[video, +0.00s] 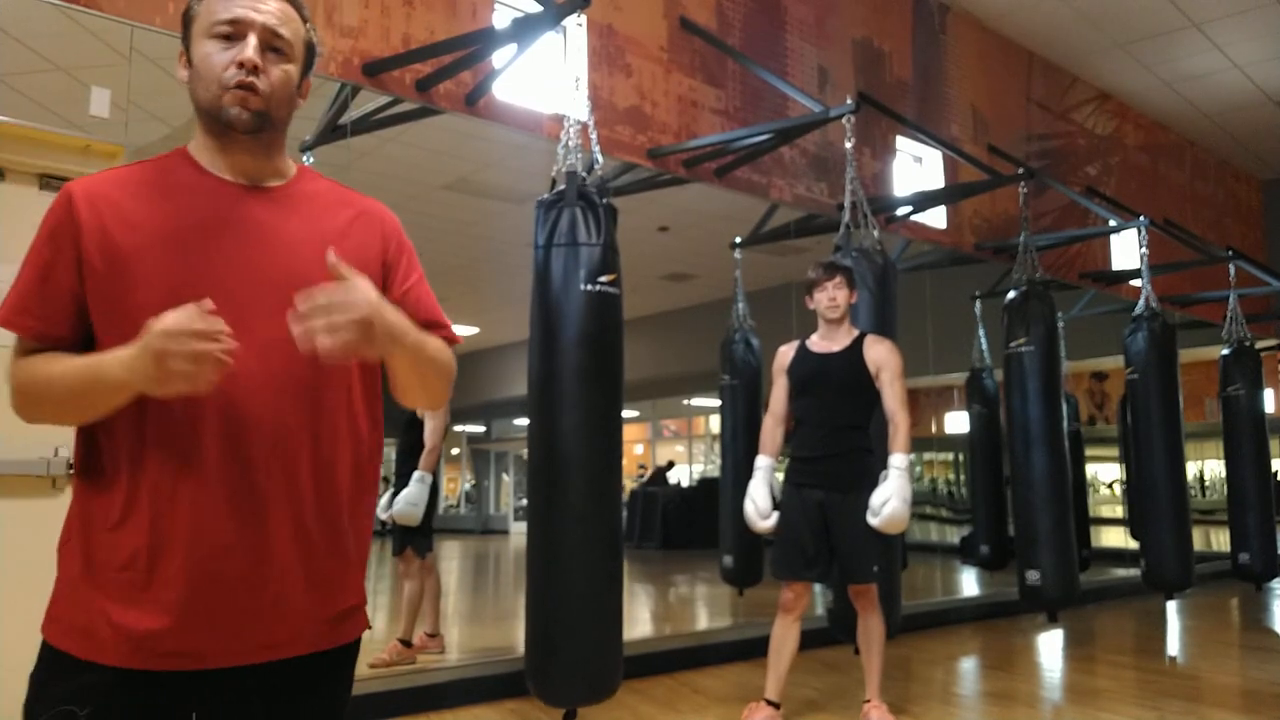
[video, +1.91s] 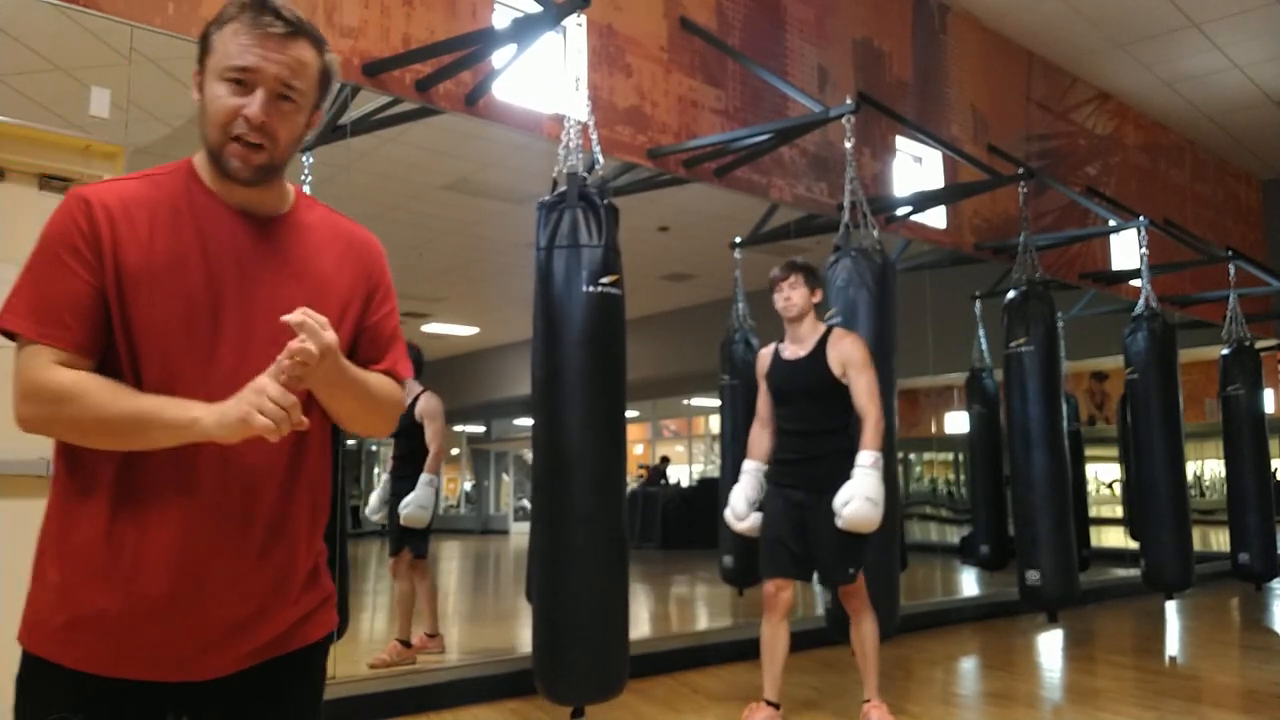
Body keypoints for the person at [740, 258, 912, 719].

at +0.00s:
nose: (832, 295)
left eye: (840, 288)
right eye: (824, 289)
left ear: (852, 296)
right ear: (811, 299)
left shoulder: (879, 351)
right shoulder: (789, 354)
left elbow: (897, 417)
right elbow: (774, 420)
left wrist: (898, 474)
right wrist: (762, 476)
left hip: (859, 491)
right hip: (802, 491)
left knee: (865, 597)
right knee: (790, 599)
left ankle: (873, 701)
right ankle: (770, 702)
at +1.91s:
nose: (784, 293)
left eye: (794, 286)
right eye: (779, 288)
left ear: (816, 296)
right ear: (773, 300)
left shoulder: (845, 344)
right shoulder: (769, 357)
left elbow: (871, 414)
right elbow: (763, 424)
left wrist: (866, 475)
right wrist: (749, 484)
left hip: (837, 490)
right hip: (782, 492)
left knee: (853, 596)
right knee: (775, 596)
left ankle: (873, 700)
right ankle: (769, 703)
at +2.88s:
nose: (858, 292)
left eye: (868, 284)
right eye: (849, 284)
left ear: (885, 292)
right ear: (837, 292)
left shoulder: (904, 350)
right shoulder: (808, 344)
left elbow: (928, 420)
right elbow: (777, 409)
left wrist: (909, 443)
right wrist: (761, 469)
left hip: (877, 499)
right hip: (817, 497)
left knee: (889, 607)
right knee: (786, 606)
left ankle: (892, 715)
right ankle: (747, 690)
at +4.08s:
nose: (783, 300)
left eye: (792, 291)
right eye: (779, 292)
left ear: (821, 294)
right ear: (778, 300)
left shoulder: (860, 339)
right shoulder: (788, 349)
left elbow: (903, 408)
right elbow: (783, 414)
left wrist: (864, 445)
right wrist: (766, 452)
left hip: (859, 491)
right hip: (805, 491)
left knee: (859, 605)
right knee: (770, 599)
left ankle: (913, 712)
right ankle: (783, 706)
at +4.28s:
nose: (747, 308)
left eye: (754, 298)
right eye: (745, 300)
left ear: (783, 300)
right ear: (765, 306)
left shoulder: (812, 340)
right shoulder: (789, 349)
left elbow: (837, 406)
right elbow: (802, 422)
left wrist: (818, 468)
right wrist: (766, 440)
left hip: (818, 487)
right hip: (790, 488)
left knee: (827, 604)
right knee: (758, 596)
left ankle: (914, 708)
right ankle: (781, 706)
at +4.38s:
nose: (741, 309)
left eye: (748, 300)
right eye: (739, 302)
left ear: (776, 302)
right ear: (762, 306)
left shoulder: (802, 342)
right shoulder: (782, 349)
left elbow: (824, 406)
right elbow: (795, 422)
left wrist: (803, 471)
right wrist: (759, 443)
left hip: (812, 486)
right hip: (783, 486)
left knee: (819, 603)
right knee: (754, 596)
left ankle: (911, 706)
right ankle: (781, 707)